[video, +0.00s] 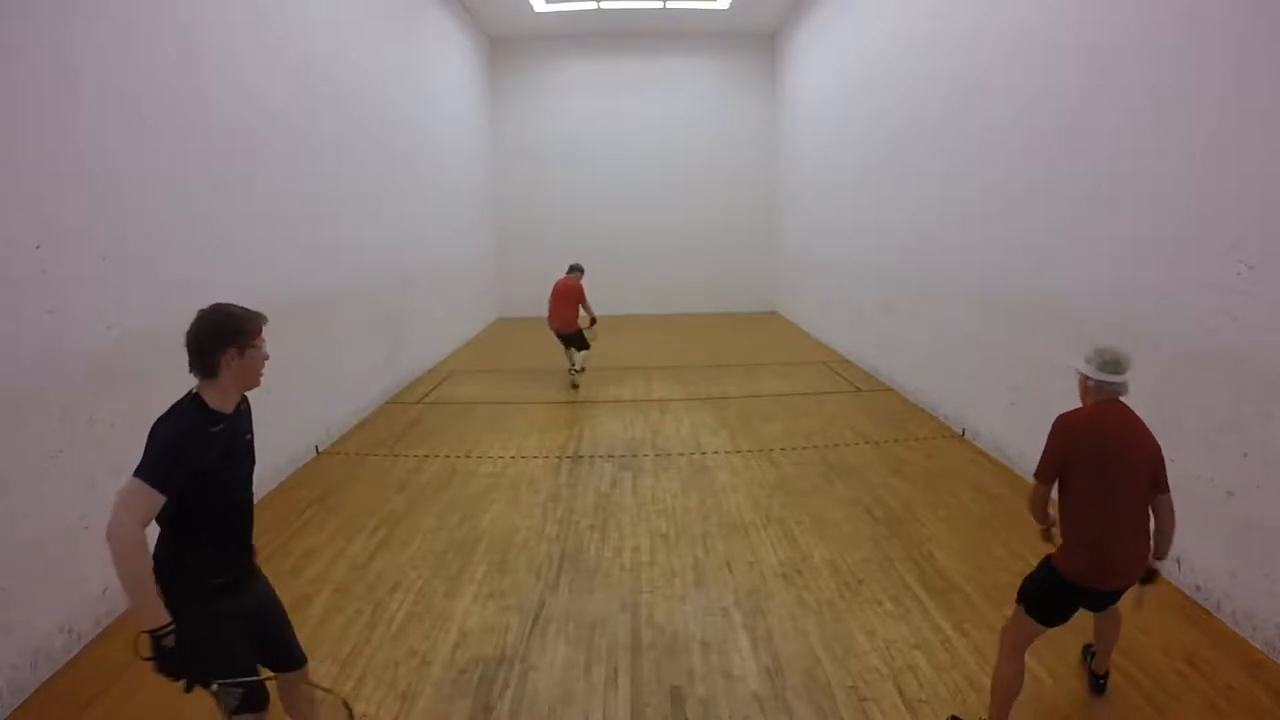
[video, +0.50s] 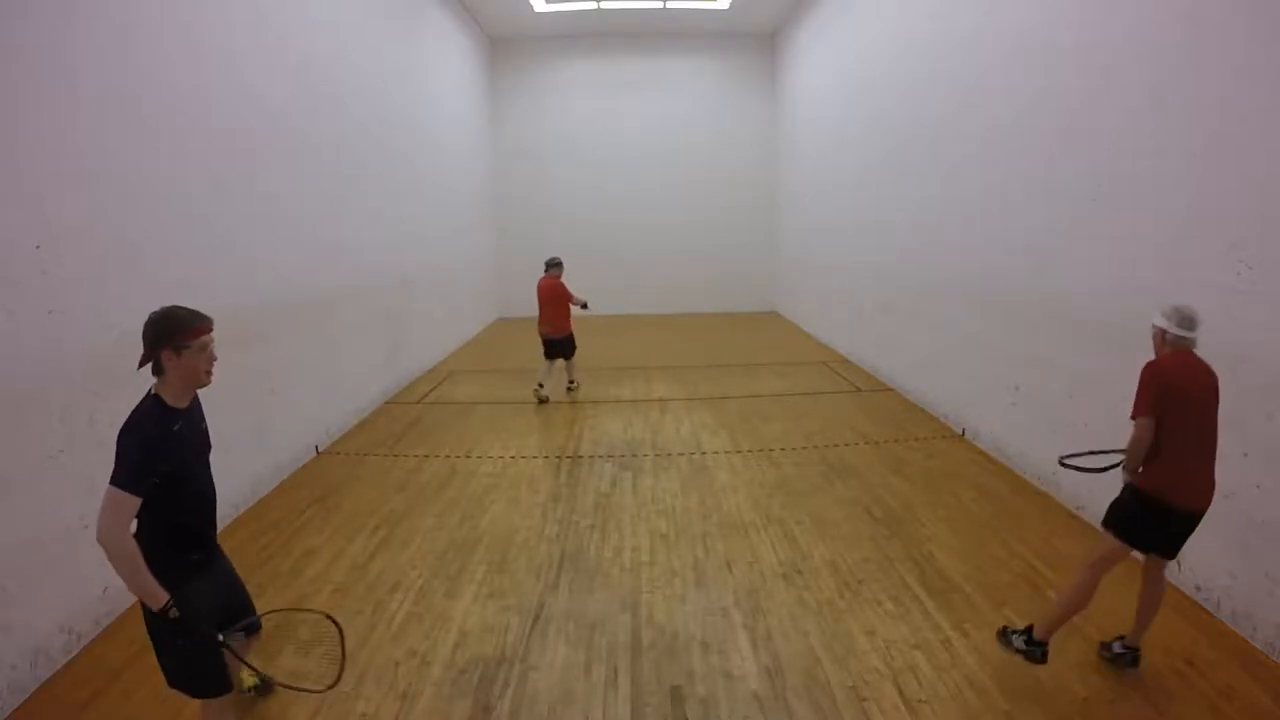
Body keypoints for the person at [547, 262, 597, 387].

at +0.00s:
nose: (580, 279)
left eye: (581, 277)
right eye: (581, 276)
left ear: (568, 272)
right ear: (578, 274)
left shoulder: (558, 283)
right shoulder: (577, 285)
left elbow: (551, 302)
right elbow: (584, 304)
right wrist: (592, 316)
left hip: (554, 323)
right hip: (569, 324)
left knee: (568, 347)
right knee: (584, 348)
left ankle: (573, 367)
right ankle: (577, 368)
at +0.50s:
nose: (561, 273)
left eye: (561, 270)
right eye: (561, 270)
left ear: (547, 269)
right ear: (558, 269)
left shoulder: (541, 283)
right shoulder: (558, 284)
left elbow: (558, 299)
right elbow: (572, 299)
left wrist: (577, 303)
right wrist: (583, 303)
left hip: (545, 331)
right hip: (562, 330)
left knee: (550, 359)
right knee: (569, 356)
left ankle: (540, 386)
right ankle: (571, 382)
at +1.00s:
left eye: (532, 275)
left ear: (529, 276)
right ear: (545, 277)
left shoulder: (520, 293)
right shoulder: (552, 294)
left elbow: (508, 315)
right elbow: (555, 316)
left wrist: (509, 334)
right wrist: (542, 321)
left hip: (521, 343)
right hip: (545, 343)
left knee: (512, 373)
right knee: (556, 374)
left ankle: (510, 405)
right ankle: (559, 406)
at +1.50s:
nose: (451, 298)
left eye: (453, 294)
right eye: (451, 294)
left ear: (462, 295)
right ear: (459, 296)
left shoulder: (480, 311)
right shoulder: (458, 311)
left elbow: (492, 337)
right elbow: (451, 329)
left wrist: (495, 362)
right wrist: (437, 344)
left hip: (484, 359)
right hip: (472, 357)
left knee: (468, 389)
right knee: (472, 387)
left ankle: (473, 416)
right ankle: (485, 408)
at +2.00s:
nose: (404, 326)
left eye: (407, 321)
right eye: (399, 322)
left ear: (416, 316)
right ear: (395, 322)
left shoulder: (435, 331)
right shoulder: (393, 341)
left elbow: (463, 345)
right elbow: (375, 368)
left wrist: (476, 372)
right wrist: (361, 396)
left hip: (442, 398)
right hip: (412, 396)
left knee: (436, 441)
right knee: (398, 437)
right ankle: (387, 476)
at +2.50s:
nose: (472, 351)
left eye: (478, 344)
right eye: (465, 345)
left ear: (487, 345)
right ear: (453, 348)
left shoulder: (502, 372)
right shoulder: (441, 380)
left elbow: (522, 403)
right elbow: (413, 429)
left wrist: (517, 433)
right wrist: (403, 475)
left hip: (477, 457)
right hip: (444, 456)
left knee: (459, 510)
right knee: (458, 516)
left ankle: (432, 532)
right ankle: (443, 580)